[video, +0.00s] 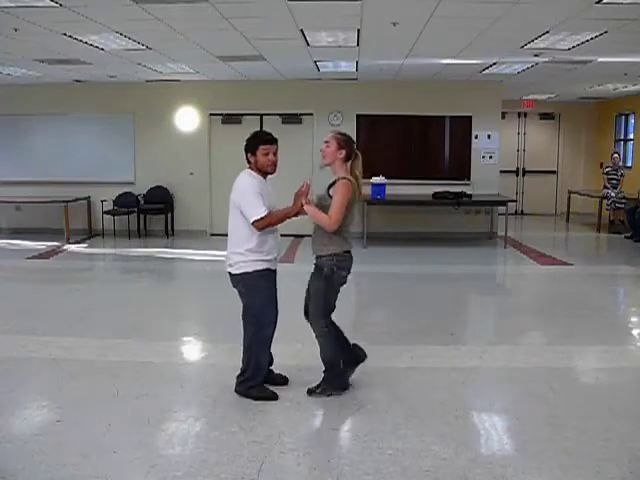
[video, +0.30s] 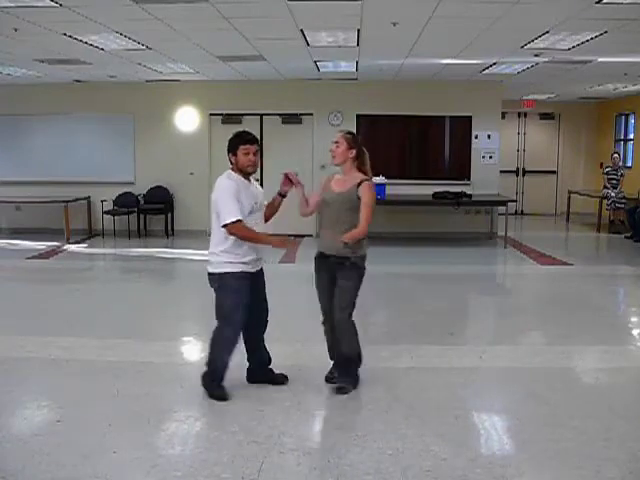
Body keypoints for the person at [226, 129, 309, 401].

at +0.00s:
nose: (273, 159)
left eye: (275, 154)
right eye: (266, 154)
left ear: (276, 155)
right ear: (251, 157)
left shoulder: (260, 182)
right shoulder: (248, 183)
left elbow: (265, 218)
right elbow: (260, 222)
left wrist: (294, 207)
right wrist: (294, 210)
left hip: (262, 265)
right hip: (250, 266)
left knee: (266, 320)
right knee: (259, 322)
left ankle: (261, 370)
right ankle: (249, 382)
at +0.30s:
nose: (253, 158)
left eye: (256, 154)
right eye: (247, 154)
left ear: (258, 156)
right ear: (232, 157)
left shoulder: (252, 185)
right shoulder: (226, 184)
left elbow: (264, 216)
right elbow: (233, 227)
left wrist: (281, 193)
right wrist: (274, 241)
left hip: (251, 266)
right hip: (228, 268)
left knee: (256, 320)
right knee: (230, 324)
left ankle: (259, 370)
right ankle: (213, 379)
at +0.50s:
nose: (235, 161)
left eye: (238, 156)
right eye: (229, 156)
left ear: (240, 157)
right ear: (214, 158)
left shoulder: (238, 186)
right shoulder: (203, 189)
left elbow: (246, 220)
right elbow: (200, 233)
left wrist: (267, 202)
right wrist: (237, 257)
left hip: (235, 271)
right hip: (210, 273)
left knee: (246, 321)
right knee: (208, 330)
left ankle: (257, 369)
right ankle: (203, 379)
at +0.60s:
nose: (227, 162)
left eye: (230, 156)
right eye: (220, 157)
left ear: (233, 157)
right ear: (206, 159)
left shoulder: (233, 188)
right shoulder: (194, 189)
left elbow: (240, 220)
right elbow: (182, 231)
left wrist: (267, 216)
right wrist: (216, 261)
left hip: (230, 271)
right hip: (203, 273)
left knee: (241, 322)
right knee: (203, 330)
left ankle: (254, 369)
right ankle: (203, 379)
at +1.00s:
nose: (218, 162)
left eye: (222, 156)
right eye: (211, 157)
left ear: (226, 156)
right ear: (198, 159)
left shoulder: (234, 189)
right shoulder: (181, 189)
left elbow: (259, 216)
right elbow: (155, 219)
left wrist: (293, 213)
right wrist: (146, 249)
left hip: (221, 271)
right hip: (191, 272)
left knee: (212, 325)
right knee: (200, 327)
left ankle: (213, 370)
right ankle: (202, 379)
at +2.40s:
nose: (277, 163)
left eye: (278, 157)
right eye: (272, 158)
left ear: (273, 158)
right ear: (255, 160)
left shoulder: (259, 184)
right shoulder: (248, 187)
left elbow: (266, 214)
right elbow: (251, 231)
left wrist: (291, 202)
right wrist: (289, 219)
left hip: (259, 269)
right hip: (249, 271)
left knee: (261, 324)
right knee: (259, 326)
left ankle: (254, 375)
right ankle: (248, 387)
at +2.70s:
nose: (272, 162)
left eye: (272, 157)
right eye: (268, 158)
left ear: (253, 159)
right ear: (251, 159)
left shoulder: (248, 181)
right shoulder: (243, 185)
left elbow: (256, 212)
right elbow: (265, 223)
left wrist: (278, 194)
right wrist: (299, 209)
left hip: (246, 266)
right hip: (239, 269)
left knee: (247, 323)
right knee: (246, 325)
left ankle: (249, 372)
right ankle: (230, 376)